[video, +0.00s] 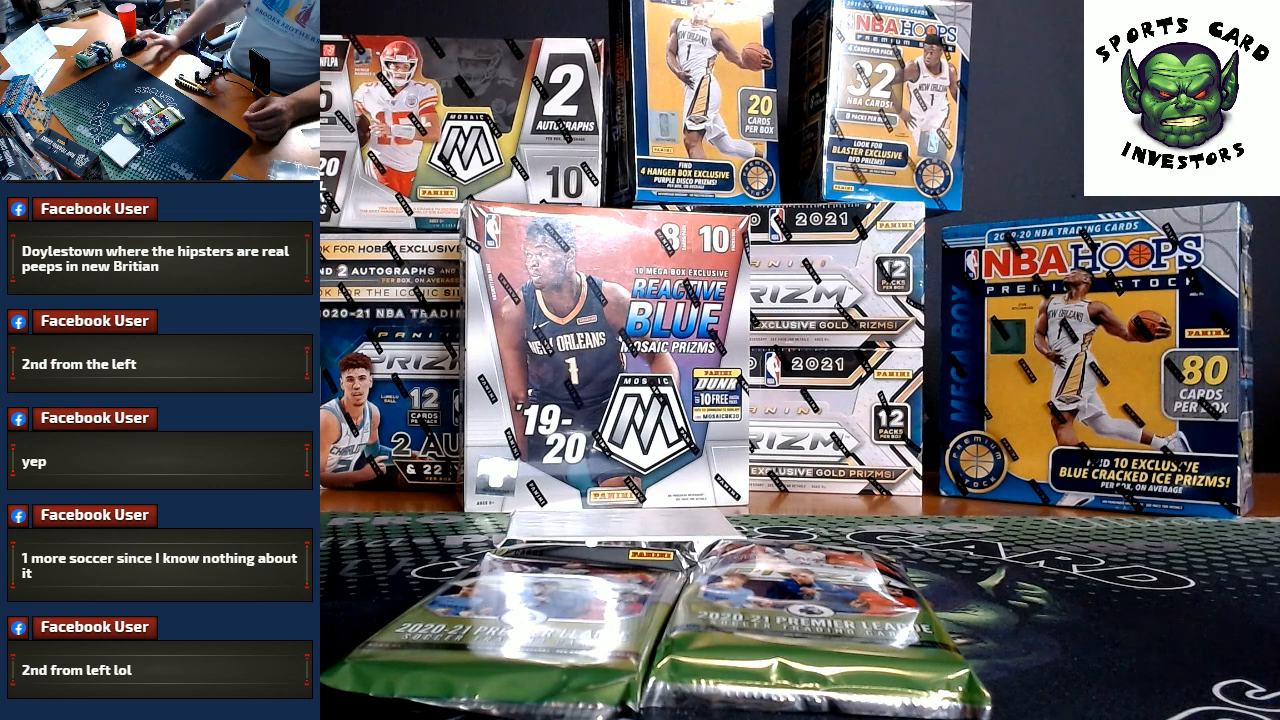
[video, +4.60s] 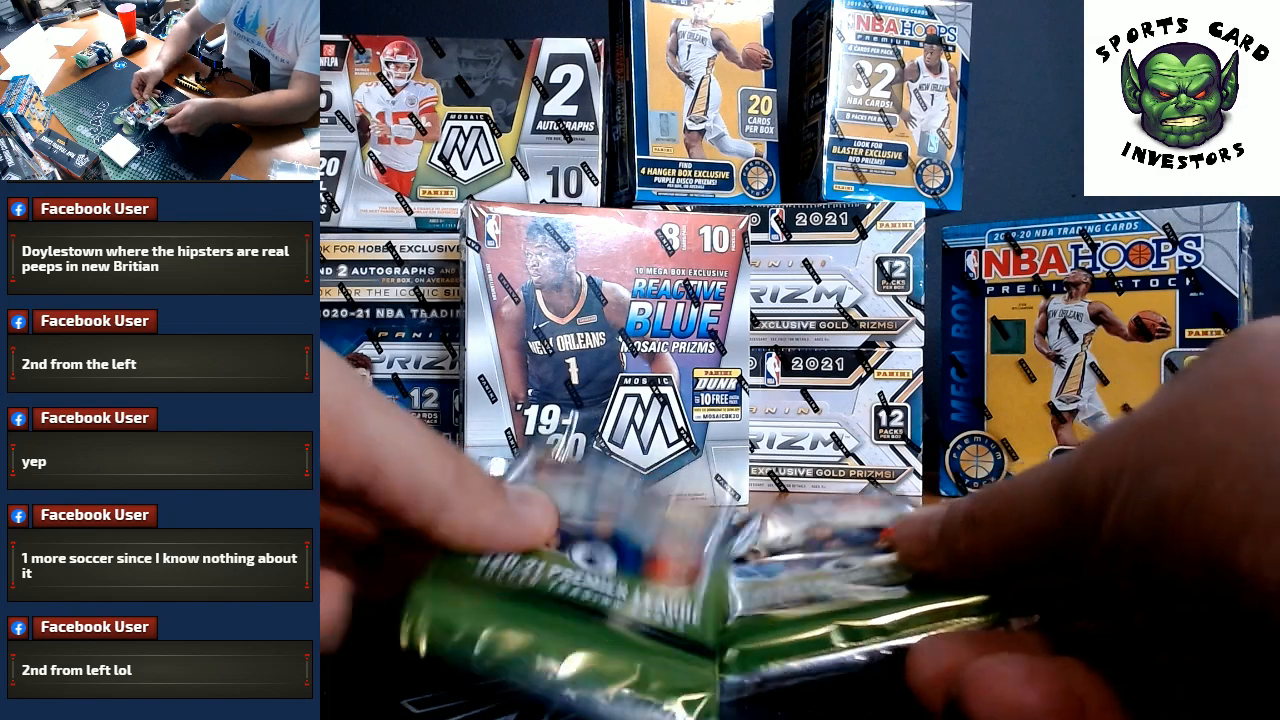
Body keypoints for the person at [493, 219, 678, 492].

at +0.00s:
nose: (532, 263)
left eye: (542, 254)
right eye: (529, 255)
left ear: (570, 255)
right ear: (524, 259)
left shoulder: (612, 299)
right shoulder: (514, 312)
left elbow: (658, 357)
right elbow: (518, 399)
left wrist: (663, 417)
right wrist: (524, 461)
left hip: (610, 424)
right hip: (549, 428)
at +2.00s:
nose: (532, 263)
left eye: (542, 254)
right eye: (529, 255)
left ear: (569, 255)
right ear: (525, 259)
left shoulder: (611, 299)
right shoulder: (513, 313)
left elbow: (658, 357)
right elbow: (518, 399)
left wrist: (663, 413)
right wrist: (524, 461)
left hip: (610, 421)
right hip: (549, 425)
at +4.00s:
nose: (533, 264)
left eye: (542, 255)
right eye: (530, 255)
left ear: (569, 257)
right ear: (525, 258)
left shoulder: (611, 299)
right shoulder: (514, 312)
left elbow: (657, 356)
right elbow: (517, 400)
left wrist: (666, 412)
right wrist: (521, 465)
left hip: (609, 423)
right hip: (549, 428)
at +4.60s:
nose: (532, 262)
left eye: (543, 253)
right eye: (529, 254)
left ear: (569, 255)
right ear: (524, 257)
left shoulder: (612, 299)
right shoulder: (514, 312)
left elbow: (658, 358)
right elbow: (517, 395)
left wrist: (663, 418)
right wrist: (524, 454)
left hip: (609, 427)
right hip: (547, 431)